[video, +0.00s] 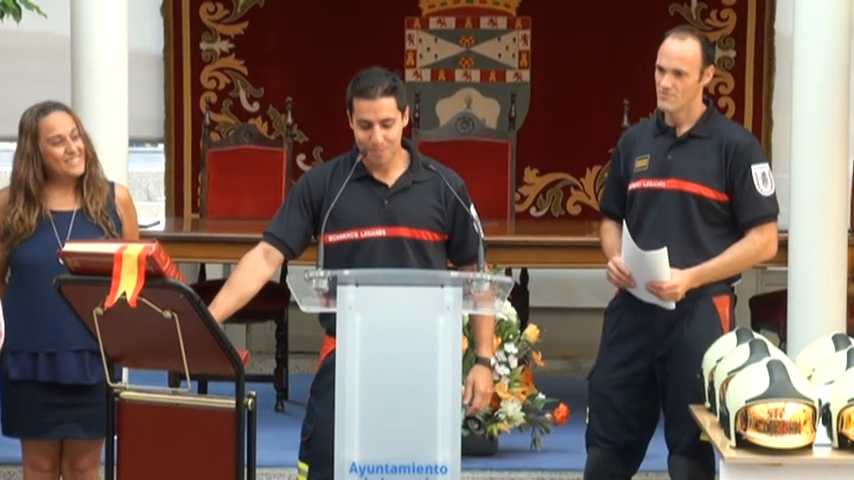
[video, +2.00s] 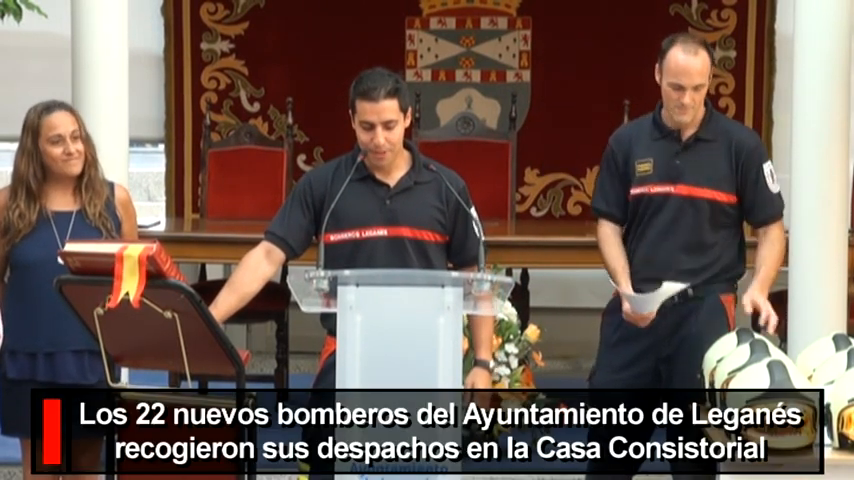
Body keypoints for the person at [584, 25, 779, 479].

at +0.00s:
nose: (664, 82)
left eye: (678, 73)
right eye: (660, 70)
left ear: (706, 77)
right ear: (654, 71)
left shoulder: (737, 146)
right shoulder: (632, 141)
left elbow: (764, 242)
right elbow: (611, 216)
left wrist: (691, 278)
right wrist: (615, 257)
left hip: (698, 319)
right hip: (631, 312)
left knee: (691, 454)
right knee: (607, 449)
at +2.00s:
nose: (687, 99)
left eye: (696, 88)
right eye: (677, 87)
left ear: (709, 83)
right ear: (659, 80)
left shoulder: (741, 145)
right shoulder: (627, 142)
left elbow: (772, 229)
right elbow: (608, 223)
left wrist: (758, 287)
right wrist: (625, 287)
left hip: (706, 315)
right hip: (634, 311)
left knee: (696, 448)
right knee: (609, 442)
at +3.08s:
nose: (633, 116)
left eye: (643, 104)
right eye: (625, 105)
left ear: (669, 93)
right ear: (616, 98)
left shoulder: (715, 147)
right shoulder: (599, 154)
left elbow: (758, 222)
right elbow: (581, 232)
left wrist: (709, 259)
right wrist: (595, 295)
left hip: (693, 320)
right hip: (618, 320)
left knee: (691, 451)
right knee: (599, 450)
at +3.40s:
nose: (596, 90)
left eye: (607, 78)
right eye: (594, 79)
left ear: (642, 77)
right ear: (596, 80)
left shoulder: (688, 142)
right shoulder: (590, 142)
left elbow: (720, 238)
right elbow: (579, 228)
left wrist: (640, 263)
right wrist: (556, 258)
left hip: (661, 314)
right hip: (596, 312)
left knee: (669, 456)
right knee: (560, 450)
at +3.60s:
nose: (565, 80)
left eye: (576, 71)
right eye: (565, 70)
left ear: (612, 73)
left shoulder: (646, 140)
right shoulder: (570, 140)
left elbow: (660, 242)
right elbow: (563, 218)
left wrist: (576, 264)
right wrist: (527, 240)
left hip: (621, 312)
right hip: (564, 311)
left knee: (639, 451)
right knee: (542, 446)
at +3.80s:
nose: (532, 74)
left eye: (543, 65)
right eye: (533, 64)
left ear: (579, 70)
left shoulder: (600, 135)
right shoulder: (546, 134)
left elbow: (603, 241)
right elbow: (532, 214)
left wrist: (521, 261)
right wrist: (484, 236)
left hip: (574, 303)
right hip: (530, 301)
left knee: (587, 442)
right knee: (521, 438)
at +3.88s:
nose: (521, 73)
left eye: (532, 64)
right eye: (522, 63)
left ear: (567, 69)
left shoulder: (585, 134)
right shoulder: (544, 132)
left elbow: (584, 240)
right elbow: (526, 213)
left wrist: (500, 259)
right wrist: (465, 232)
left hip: (559, 295)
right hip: (524, 290)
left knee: (553, 430)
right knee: (514, 424)